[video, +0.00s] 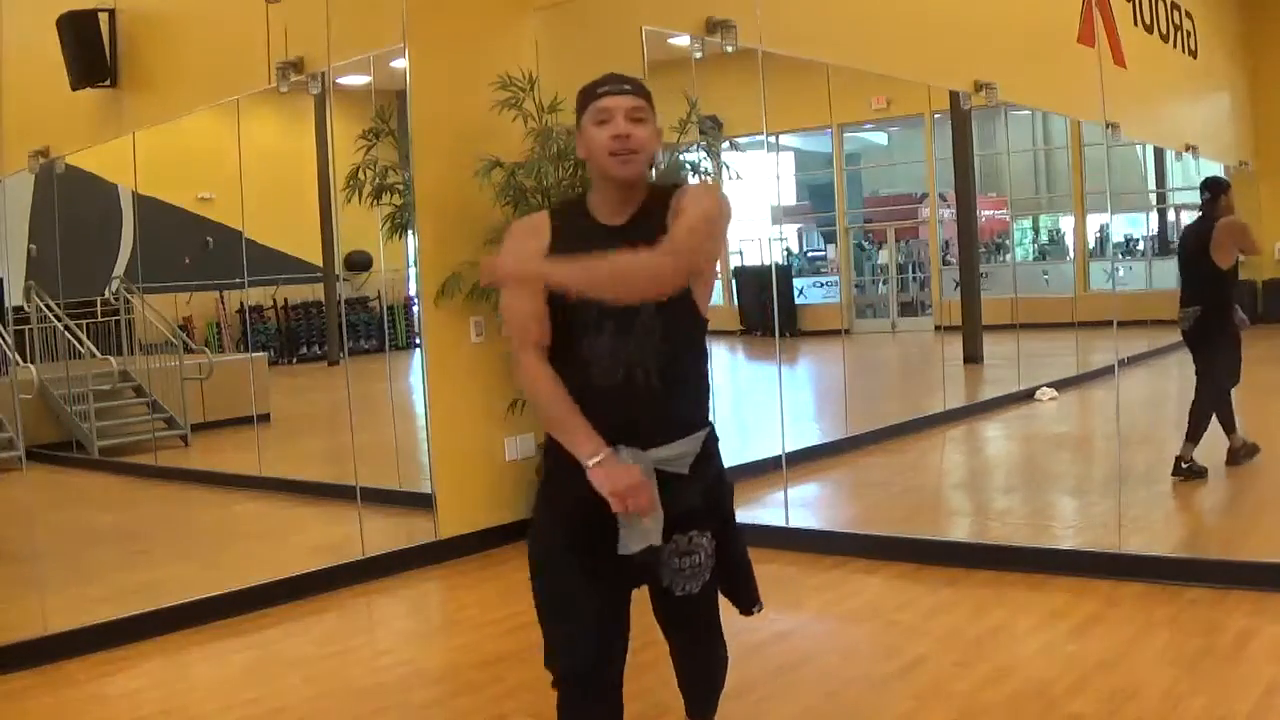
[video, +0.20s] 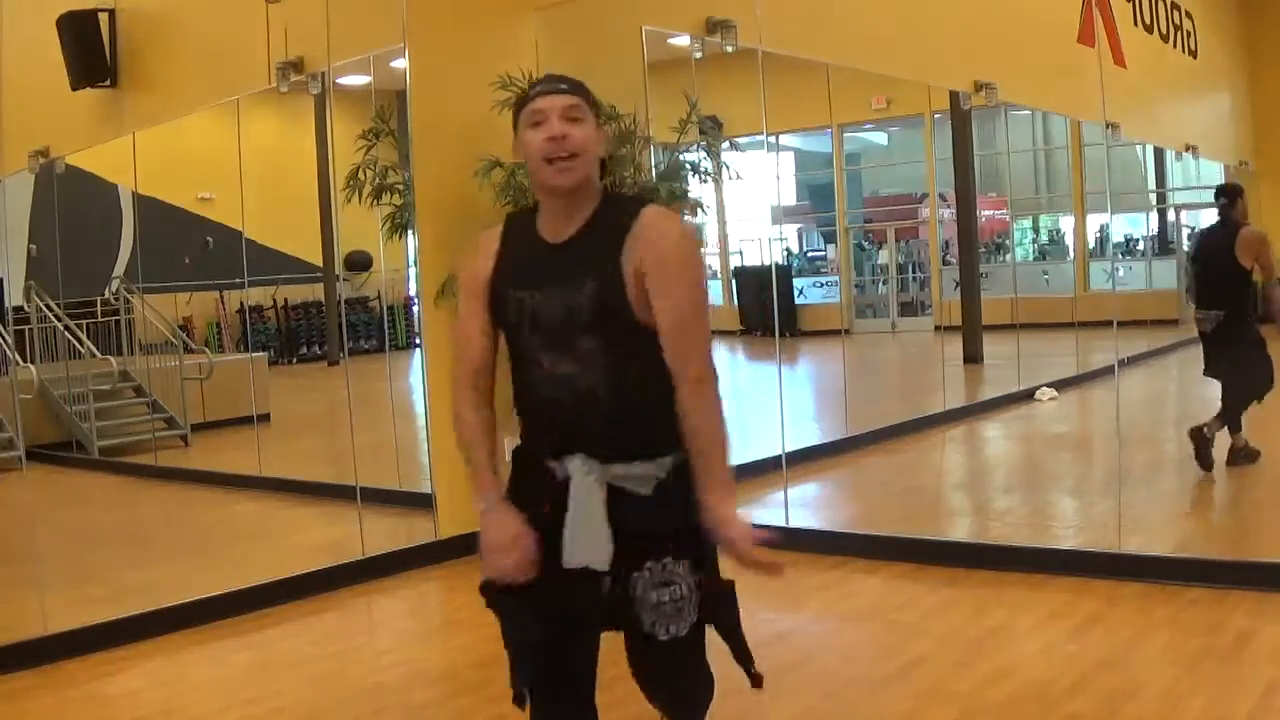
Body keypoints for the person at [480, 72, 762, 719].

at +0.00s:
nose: (623, 131)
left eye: (638, 118)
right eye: (604, 120)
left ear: (657, 138)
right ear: (580, 142)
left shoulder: (697, 203)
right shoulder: (533, 234)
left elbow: (666, 273)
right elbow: (528, 357)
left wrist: (535, 270)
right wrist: (599, 457)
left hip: (682, 466)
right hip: (576, 472)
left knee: (697, 639)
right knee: (585, 677)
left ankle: (701, 712)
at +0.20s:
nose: (557, 133)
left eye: (574, 118)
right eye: (538, 122)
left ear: (602, 139)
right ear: (519, 149)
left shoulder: (656, 235)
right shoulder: (490, 255)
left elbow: (695, 380)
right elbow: (473, 392)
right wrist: (490, 504)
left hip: (653, 484)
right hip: (545, 487)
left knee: (672, 680)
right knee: (554, 693)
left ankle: (690, 710)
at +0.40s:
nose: (524, 162)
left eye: (543, 146)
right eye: (505, 150)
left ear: (577, 168)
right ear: (482, 175)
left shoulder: (644, 270)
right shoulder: (463, 283)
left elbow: (730, 369)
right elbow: (445, 413)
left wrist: (760, 462)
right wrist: (441, 530)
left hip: (635, 517)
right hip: (526, 514)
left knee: (644, 702)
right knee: (534, 705)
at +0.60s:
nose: (517, 188)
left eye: (537, 168)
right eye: (495, 172)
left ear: (572, 185)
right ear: (470, 198)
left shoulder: (649, 293)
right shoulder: (447, 305)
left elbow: (715, 412)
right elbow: (450, 437)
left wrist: (686, 511)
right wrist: (483, 536)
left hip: (639, 546)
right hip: (522, 545)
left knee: (648, 707)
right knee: (531, 707)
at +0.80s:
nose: (527, 206)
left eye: (550, 183)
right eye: (502, 188)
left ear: (587, 198)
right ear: (476, 209)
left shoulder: (669, 310)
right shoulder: (442, 325)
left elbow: (731, 459)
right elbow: (450, 470)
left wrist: (729, 578)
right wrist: (481, 572)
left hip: (652, 581)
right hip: (525, 579)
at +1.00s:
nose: (549, 204)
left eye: (574, 178)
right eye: (520, 185)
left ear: (614, 192)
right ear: (491, 208)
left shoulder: (705, 306)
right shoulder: (449, 328)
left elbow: (744, 484)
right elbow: (455, 476)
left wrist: (751, 638)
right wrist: (487, 587)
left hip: (678, 581)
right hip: (541, 584)